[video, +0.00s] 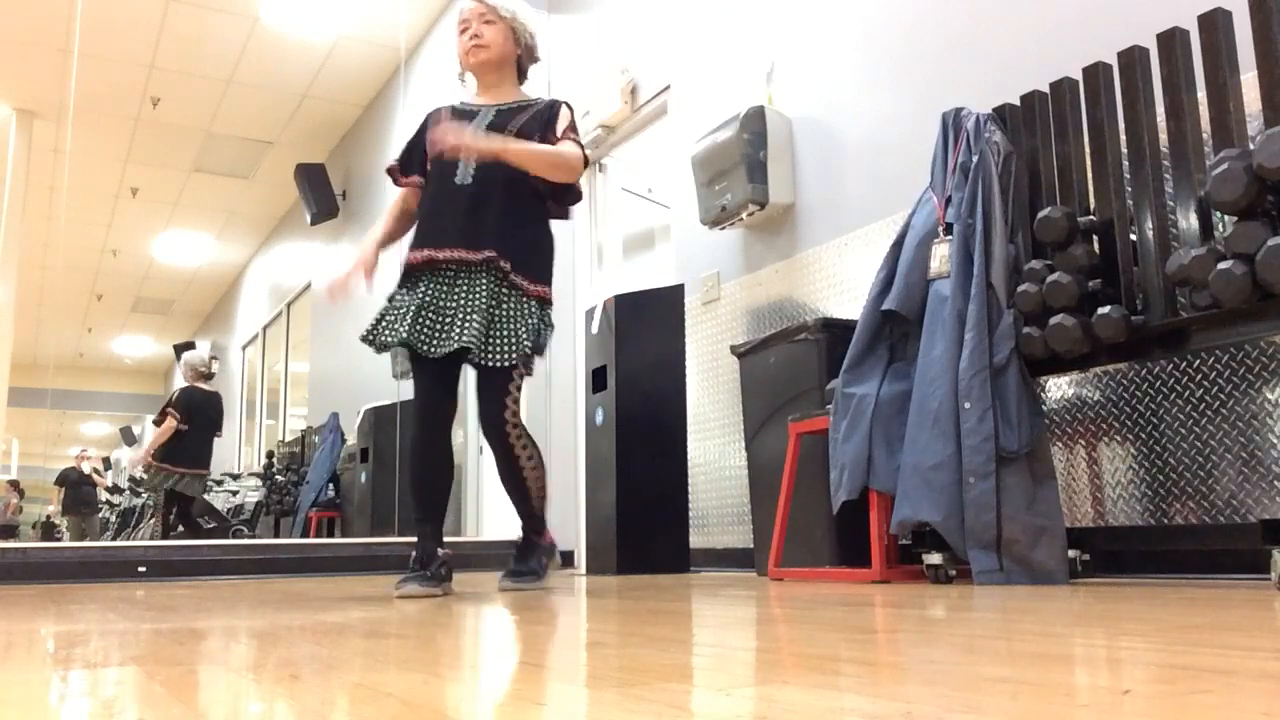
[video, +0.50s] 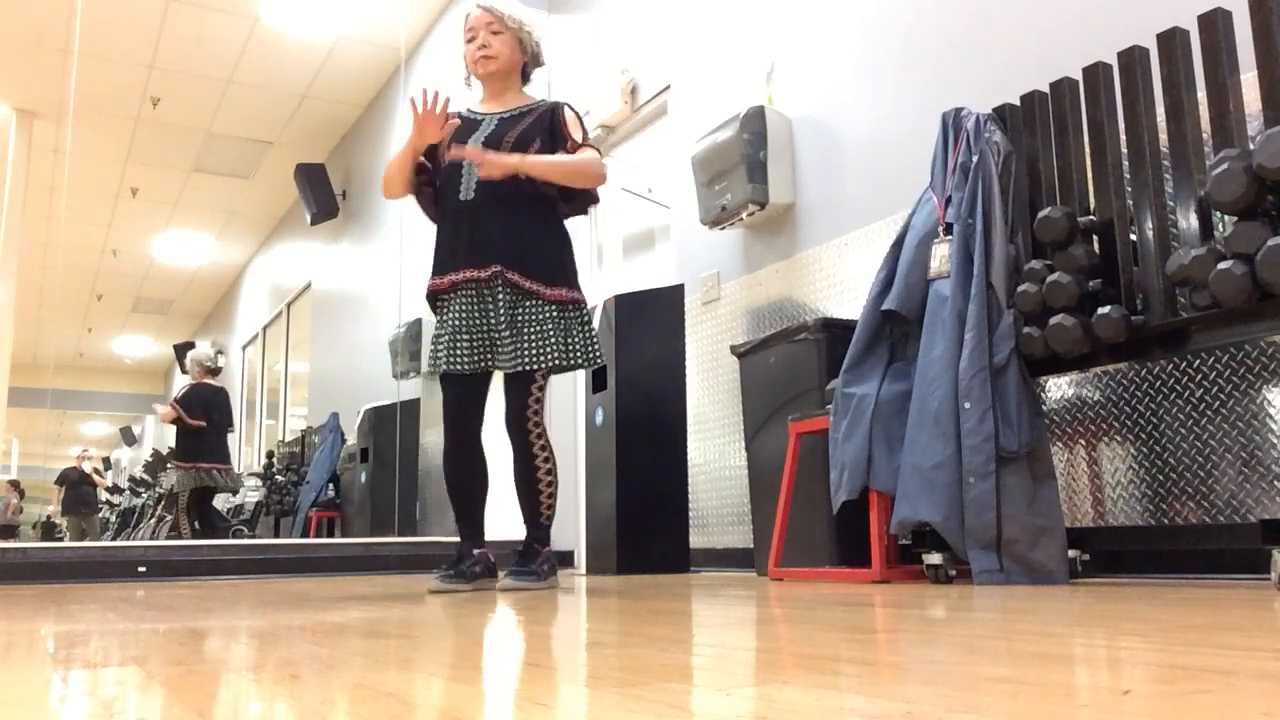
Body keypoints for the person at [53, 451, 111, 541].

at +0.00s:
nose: (85, 461)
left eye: (87, 458)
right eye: (82, 458)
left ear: (90, 460)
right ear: (76, 459)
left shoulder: (94, 471)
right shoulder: (67, 472)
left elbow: (103, 484)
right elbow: (58, 489)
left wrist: (92, 474)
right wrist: (56, 507)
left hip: (91, 511)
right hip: (73, 512)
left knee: (95, 538)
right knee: (75, 540)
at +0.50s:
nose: (85, 461)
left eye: (88, 458)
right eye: (83, 458)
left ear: (91, 460)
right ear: (77, 458)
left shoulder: (94, 471)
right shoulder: (68, 471)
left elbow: (103, 484)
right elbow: (58, 489)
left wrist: (91, 473)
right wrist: (55, 507)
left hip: (91, 512)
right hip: (73, 512)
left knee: (95, 538)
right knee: (74, 540)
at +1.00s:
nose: (93, 460)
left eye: (96, 458)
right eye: (90, 457)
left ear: (100, 460)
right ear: (85, 458)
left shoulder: (103, 472)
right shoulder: (76, 471)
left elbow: (111, 486)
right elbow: (64, 488)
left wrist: (99, 473)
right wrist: (61, 506)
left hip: (96, 512)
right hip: (78, 512)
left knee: (96, 540)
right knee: (78, 540)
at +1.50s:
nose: (102, 460)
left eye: (105, 458)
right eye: (100, 457)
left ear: (109, 460)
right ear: (96, 458)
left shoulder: (113, 471)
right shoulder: (87, 470)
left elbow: (119, 484)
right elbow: (76, 487)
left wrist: (107, 473)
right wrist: (73, 505)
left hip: (105, 511)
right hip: (87, 511)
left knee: (99, 539)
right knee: (84, 538)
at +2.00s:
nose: (105, 461)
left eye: (108, 459)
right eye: (103, 458)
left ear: (112, 460)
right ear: (99, 459)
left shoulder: (117, 471)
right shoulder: (92, 471)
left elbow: (122, 485)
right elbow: (82, 489)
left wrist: (109, 473)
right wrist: (79, 505)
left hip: (108, 512)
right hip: (90, 511)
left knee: (101, 540)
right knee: (83, 538)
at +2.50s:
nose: (98, 461)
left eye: (101, 459)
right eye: (96, 458)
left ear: (107, 460)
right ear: (93, 459)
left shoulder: (110, 471)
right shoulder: (86, 471)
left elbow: (113, 486)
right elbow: (75, 488)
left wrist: (100, 473)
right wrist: (72, 507)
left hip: (101, 510)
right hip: (84, 510)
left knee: (98, 537)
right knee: (83, 537)